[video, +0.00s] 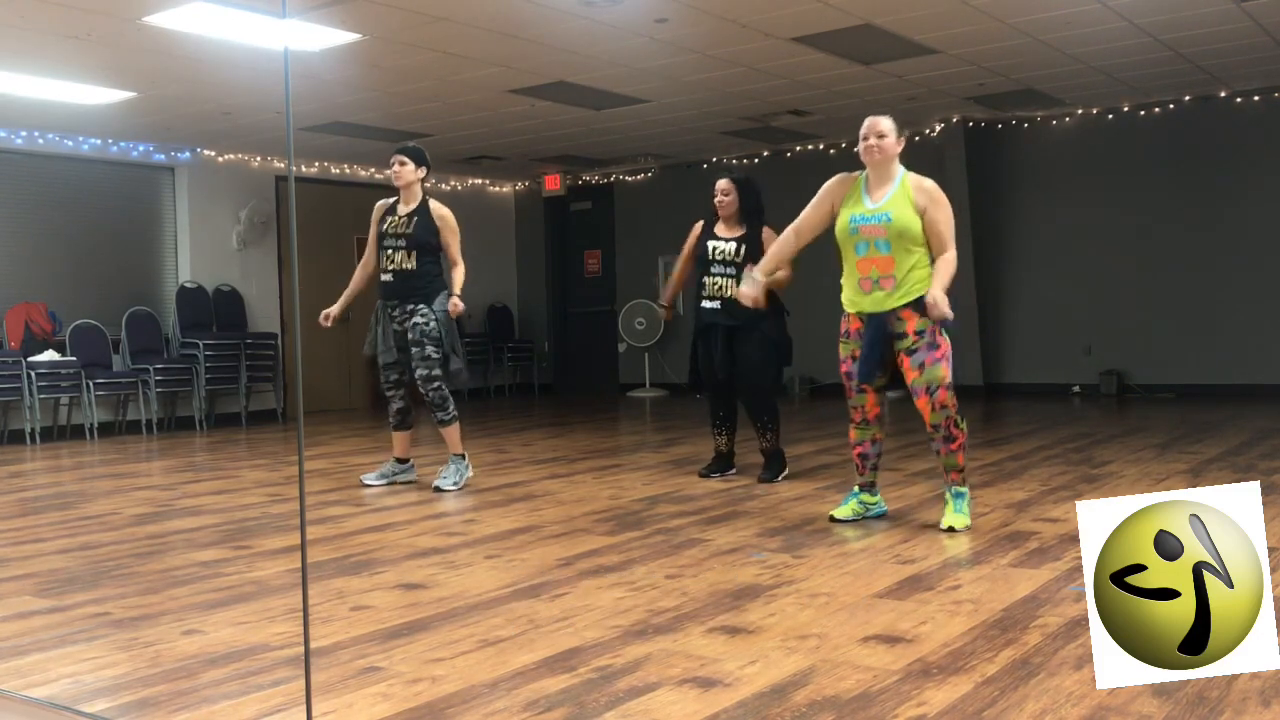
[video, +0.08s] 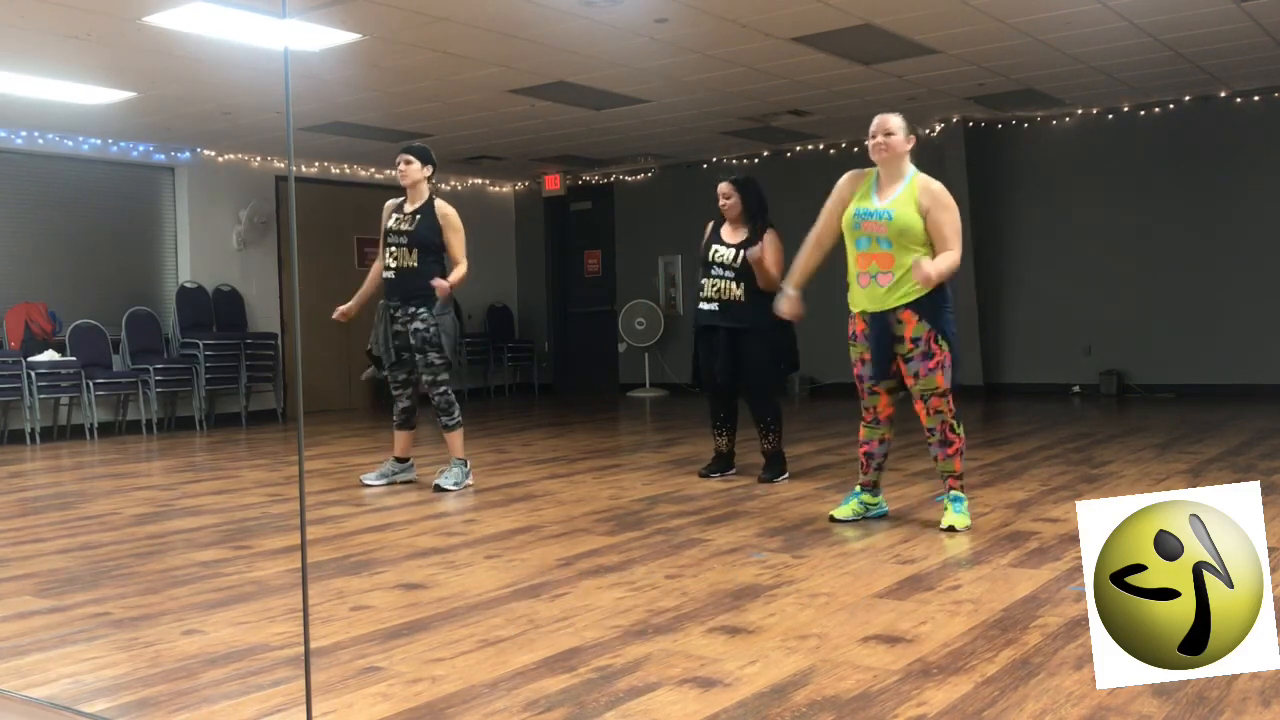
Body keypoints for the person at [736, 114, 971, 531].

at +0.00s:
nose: (871, 142)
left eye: (880, 136)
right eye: (865, 137)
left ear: (900, 144)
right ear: (858, 148)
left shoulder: (924, 191)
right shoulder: (841, 188)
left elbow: (946, 252)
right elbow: (795, 234)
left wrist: (937, 288)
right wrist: (757, 273)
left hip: (915, 312)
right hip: (859, 317)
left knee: (936, 403)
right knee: (862, 408)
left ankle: (957, 493)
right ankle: (867, 494)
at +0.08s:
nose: (877, 140)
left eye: (887, 133)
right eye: (872, 135)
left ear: (909, 142)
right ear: (867, 145)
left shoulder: (930, 192)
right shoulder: (851, 184)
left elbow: (951, 252)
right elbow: (819, 238)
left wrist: (934, 268)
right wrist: (791, 287)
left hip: (919, 310)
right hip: (866, 313)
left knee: (935, 405)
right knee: (873, 407)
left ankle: (954, 497)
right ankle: (868, 494)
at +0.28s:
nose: (889, 141)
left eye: (899, 133)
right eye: (885, 137)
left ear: (926, 141)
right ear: (883, 146)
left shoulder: (940, 192)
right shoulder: (879, 184)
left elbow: (951, 264)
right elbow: (880, 247)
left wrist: (922, 251)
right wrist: (873, 300)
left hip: (930, 312)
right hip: (884, 311)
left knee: (940, 405)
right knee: (837, 378)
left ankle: (955, 496)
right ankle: (856, 472)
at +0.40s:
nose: (895, 145)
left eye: (905, 137)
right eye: (891, 141)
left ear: (931, 146)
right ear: (888, 152)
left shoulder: (942, 196)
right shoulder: (888, 190)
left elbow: (949, 272)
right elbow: (894, 248)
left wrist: (922, 247)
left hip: (935, 314)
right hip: (889, 312)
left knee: (944, 406)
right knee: (835, 371)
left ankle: (955, 497)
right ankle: (851, 464)